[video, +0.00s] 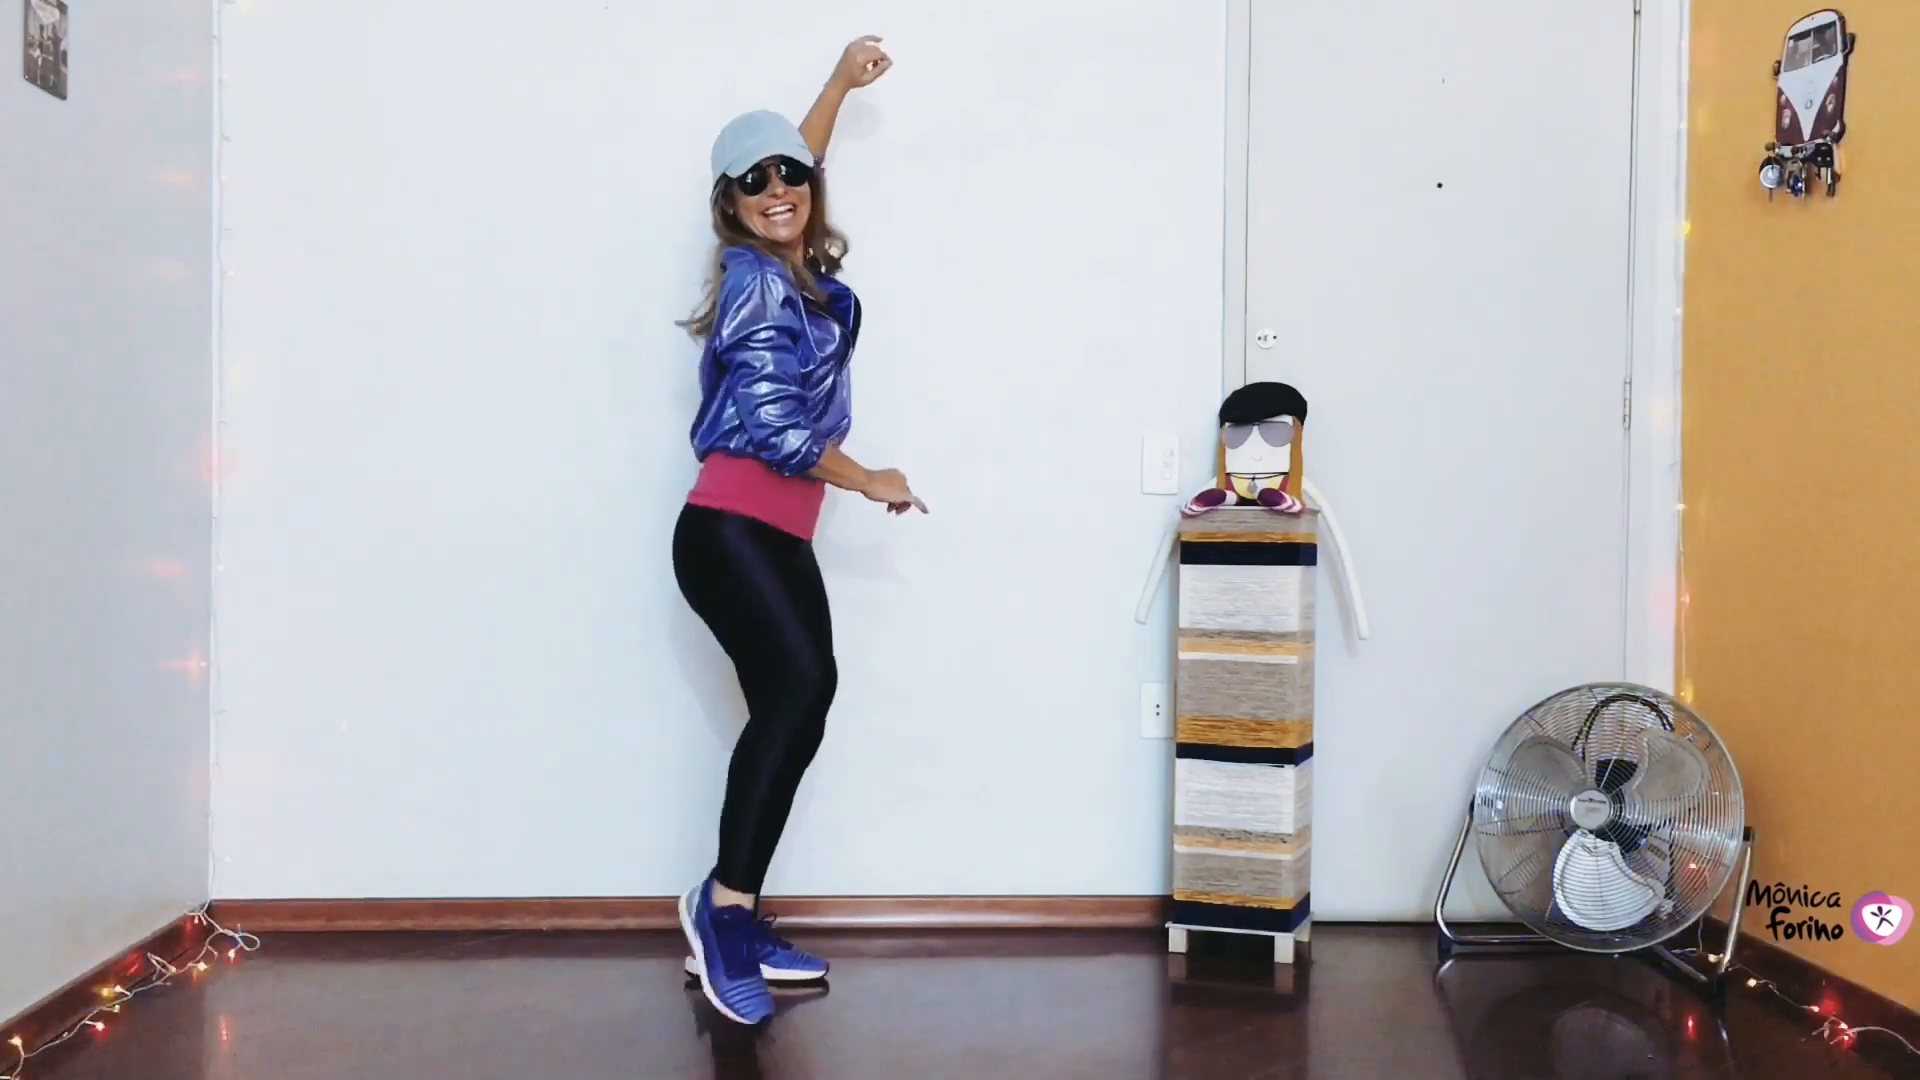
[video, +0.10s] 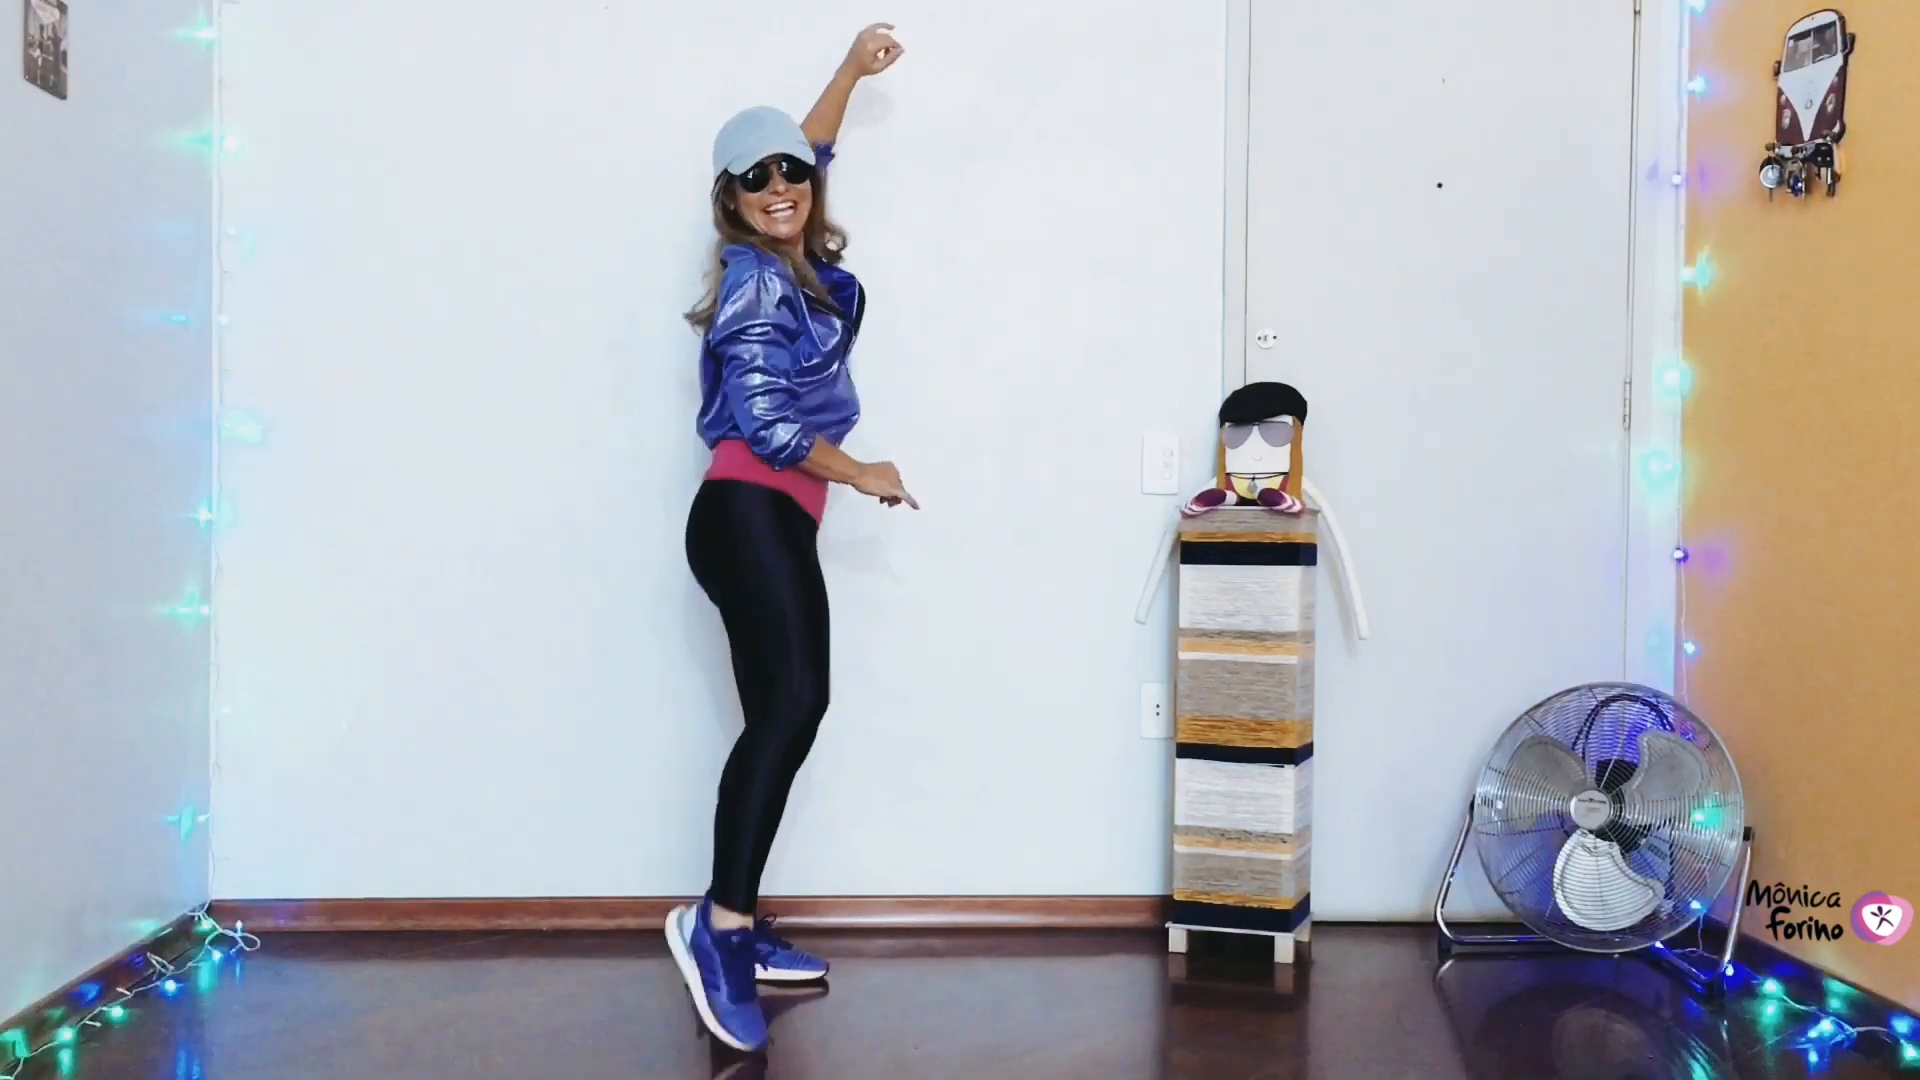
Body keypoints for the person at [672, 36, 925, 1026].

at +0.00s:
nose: (776, 196)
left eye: (789, 181)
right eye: (755, 186)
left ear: (808, 191)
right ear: (732, 204)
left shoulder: (797, 267)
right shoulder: (757, 285)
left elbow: (802, 170)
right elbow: (759, 417)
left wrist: (839, 83)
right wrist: (861, 478)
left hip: (782, 537)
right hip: (730, 528)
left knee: (806, 701)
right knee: (789, 699)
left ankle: (740, 909)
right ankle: (724, 909)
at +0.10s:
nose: (777, 192)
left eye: (789, 176)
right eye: (758, 182)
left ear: (812, 182)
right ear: (735, 198)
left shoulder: (800, 258)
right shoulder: (756, 283)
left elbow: (809, 155)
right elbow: (760, 418)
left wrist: (851, 71)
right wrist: (852, 470)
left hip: (782, 510)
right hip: (743, 509)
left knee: (800, 704)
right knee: (782, 707)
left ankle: (740, 921)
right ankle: (717, 927)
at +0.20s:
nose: (783, 197)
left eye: (795, 182)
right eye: (765, 187)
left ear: (816, 189)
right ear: (739, 202)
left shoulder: (799, 262)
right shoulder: (761, 284)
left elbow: (803, 161)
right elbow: (767, 413)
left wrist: (857, 77)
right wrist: (852, 471)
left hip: (786, 520)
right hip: (745, 514)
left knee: (807, 722)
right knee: (774, 716)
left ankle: (736, 926)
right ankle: (707, 935)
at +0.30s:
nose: (792, 197)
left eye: (802, 182)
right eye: (772, 187)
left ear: (821, 188)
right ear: (746, 203)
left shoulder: (810, 263)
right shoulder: (775, 277)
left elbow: (814, 188)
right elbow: (779, 405)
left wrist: (857, 116)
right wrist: (868, 478)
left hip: (784, 536)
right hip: (733, 528)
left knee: (818, 728)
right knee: (769, 716)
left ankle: (738, 924)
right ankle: (695, 939)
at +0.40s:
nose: (791, 190)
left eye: (804, 174)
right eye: (770, 179)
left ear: (826, 189)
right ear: (749, 199)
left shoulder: (817, 270)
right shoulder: (769, 276)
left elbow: (838, 225)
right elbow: (770, 406)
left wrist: (868, 163)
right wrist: (851, 498)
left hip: (795, 544)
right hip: (728, 539)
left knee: (819, 729)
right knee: (750, 729)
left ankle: (742, 924)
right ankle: (708, 952)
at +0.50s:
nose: (786, 183)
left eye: (803, 168)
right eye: (766, 170)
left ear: (827, 185)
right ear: (742, 190)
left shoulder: (828, 276)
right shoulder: (744, 282)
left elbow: (860, 306)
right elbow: (724, 417)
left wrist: (884, 236)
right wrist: (790, 532)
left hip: (803, 539)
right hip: (726, 542)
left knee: (807, 734)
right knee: (734, 748)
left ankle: (740, 928)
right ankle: (707, 975)